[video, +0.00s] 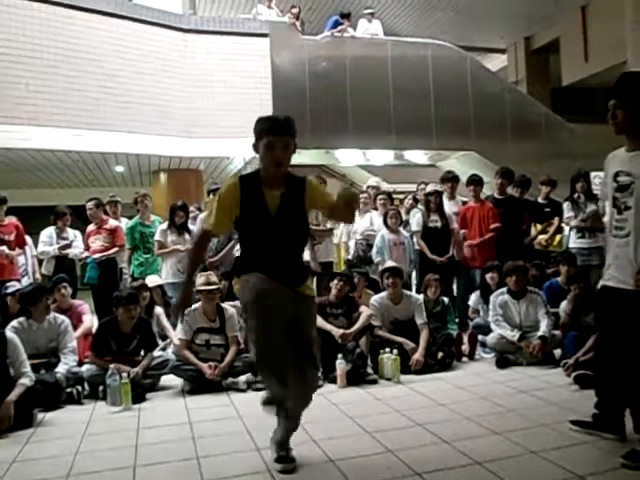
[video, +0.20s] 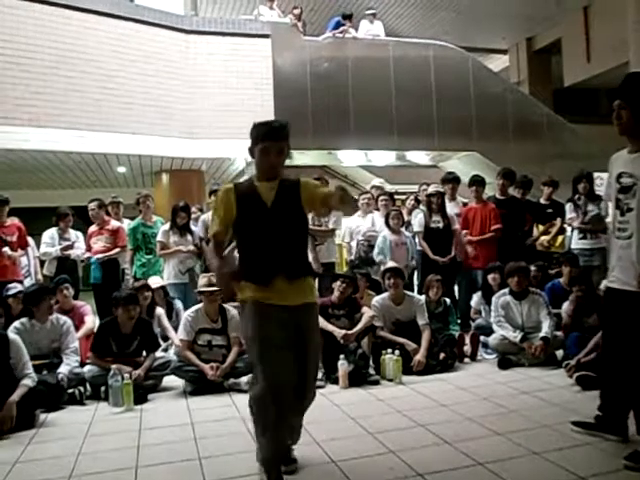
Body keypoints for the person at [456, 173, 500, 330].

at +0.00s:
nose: (472, 190)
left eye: (475, 187)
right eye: (470, 187)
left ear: (481, 188)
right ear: (466, 189)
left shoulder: (489, 207)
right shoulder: (464, 209)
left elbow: (495, 229)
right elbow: (462, 229)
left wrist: (476, 242)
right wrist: (465, 245)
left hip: (484, 258)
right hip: (468, 258)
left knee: (485, 292)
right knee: (465, 293)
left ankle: (486, 321)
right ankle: (464, 323)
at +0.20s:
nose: (475, 191)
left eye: (478, 188)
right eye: (472, 188)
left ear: (483, 189)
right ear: (469, 190)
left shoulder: (491, 208)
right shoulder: (467, 210)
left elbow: (496, 231)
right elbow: (463, 230)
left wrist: (475, 238)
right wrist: (467, 246)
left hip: (486, 258)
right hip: (470, 258)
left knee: (486, 293)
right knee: (468, 293)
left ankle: (487, 321)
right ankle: (467, 323)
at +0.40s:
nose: (475, 190)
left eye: (478, 187)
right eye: (472, 187)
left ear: (483, 189)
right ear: (468, 190)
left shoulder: (491, 208)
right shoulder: (466, 211)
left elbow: (496, 230)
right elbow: (464, 230)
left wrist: (475, 240)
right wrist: (468, 246)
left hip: (486, 258)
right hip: (470, 258)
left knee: (486, 293)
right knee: (466, 294)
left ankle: (487, 322)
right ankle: (465, 324)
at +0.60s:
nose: (474, 191)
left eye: (477, 188)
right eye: (471, 188)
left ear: (483, 189)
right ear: (468, 190)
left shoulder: (490, 208)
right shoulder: (466, 210)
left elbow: (496, 230)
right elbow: (464, 230)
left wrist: (473, 242)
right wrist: (469, 247)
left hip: (485, 258)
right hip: (470, 258)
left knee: (485, 294)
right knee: (466, 294)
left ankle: (486, 322)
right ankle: (465, 325)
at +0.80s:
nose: (474, 191)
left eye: (477, 187)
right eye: (471, 188)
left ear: (482, 189)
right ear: (468, 190)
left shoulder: (490, 209)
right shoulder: (466, 211)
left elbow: (496, 230)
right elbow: (463, 231)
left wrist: (473, 242)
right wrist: (469, 247)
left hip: (485, 258)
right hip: (469, 258)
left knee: (484, 293)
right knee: (466, 293)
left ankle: (485, 321)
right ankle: (465, 323)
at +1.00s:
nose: (473, 191)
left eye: (476, 187)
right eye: (471, 187)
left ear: (482, 189)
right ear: (468, 190)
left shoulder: (490, 208)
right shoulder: (467, 210)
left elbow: (495, 230)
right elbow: (463, 230)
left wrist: (473, 242)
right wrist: (467, 245)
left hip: (485, 258)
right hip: (469, 258)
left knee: (485, 293)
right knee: (466, 294)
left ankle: (486, 322)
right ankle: (466, 324)